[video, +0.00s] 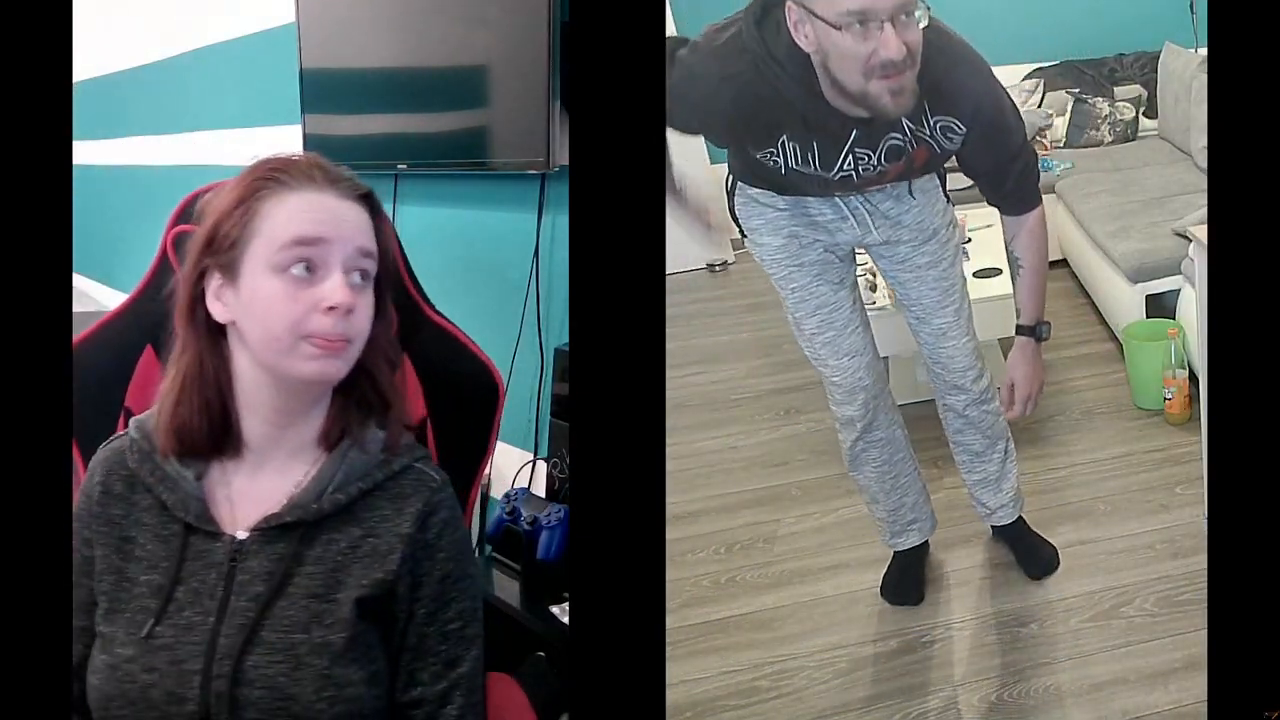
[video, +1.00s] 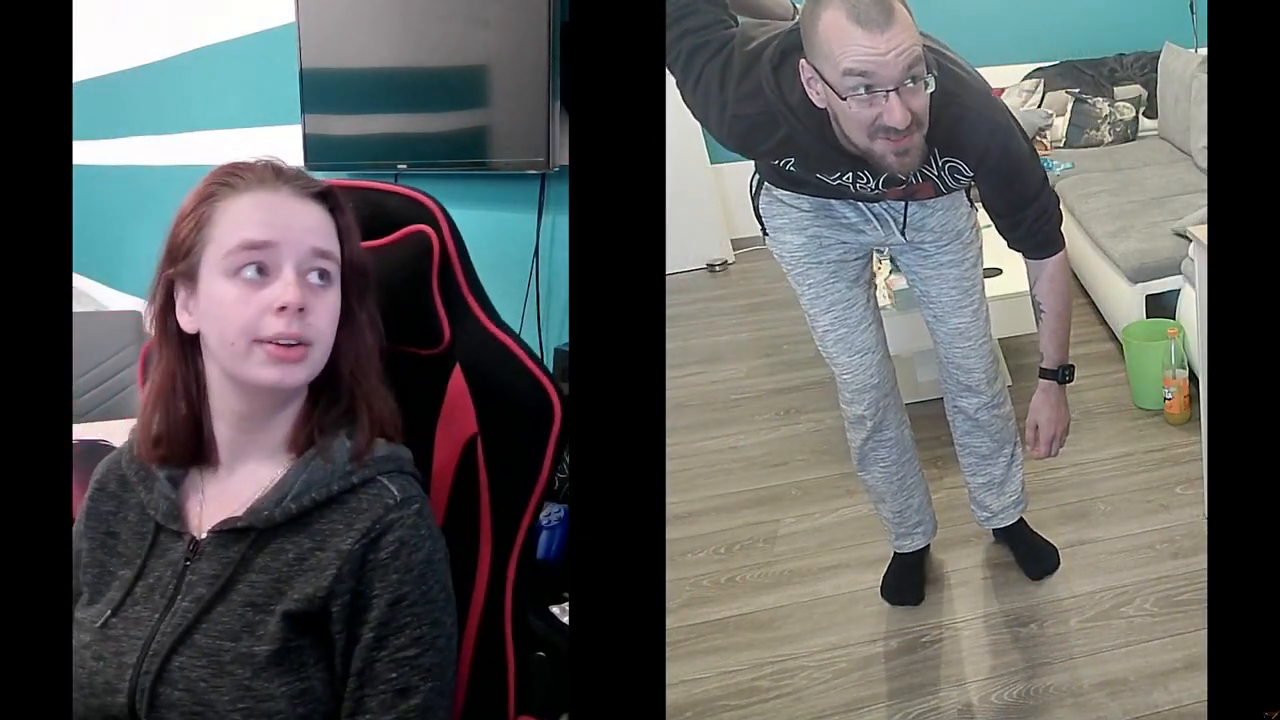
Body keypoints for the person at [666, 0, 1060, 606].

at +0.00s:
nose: (895, 48)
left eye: (906, 17)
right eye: (861, 25)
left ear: (922, 10)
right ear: (802, 27)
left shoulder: (961, 81)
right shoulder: (727, 76)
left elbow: (1022, 202)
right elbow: (668, 100)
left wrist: (1030, 335)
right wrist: (679, 192)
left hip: (909, 189)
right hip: (785, 203)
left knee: (959, 363)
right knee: (854, 386)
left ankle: (1004, 511)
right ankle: (908, 535)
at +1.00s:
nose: (899, 114)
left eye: (911, 80)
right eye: (865, 91)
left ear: (925, 57)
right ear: (813, 84)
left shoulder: (973, 115)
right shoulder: (749, 99)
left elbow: (1045, 241)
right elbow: (682, 13)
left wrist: (1055, 379)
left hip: (936, 197)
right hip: (807, 201)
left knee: (973, 368)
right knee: (864, 388)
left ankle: (1004, 513)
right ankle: (909, 537)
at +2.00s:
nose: (964, 167)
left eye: (984, 140)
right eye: (941, 144)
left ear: (999, 103)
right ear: (893, 114)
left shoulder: (1039, 143)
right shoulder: (825, 103)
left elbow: (1092, 269)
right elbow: (758, 4)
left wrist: (1095, 397)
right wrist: (856, 31)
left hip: (992, 191)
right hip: (871, 177)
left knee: (1002, 356)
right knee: (914, 362)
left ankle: (1010, 514)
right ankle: (925, 532)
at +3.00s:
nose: (892, 465)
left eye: (905, 448)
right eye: (868, 458)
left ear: (925, 361)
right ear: (811, 381)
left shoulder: (990, 321)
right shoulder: (754, 334)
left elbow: (1100, 440)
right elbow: (726, 398)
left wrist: (1117, 587)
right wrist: (781, 513)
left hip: (920, 129)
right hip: (805, 142)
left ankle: (947, 397)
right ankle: (951, 553)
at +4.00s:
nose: (968, 643)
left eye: (986, 625)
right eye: (938, 639)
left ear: (1005, 526)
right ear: (881, 556)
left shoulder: (1064, 465)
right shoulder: (807, 522)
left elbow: (1131, 593)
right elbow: (782, 680)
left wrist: (1169, 707)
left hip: (978, 252)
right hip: (851, 266)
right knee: (829, 356)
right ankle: (816, 336)